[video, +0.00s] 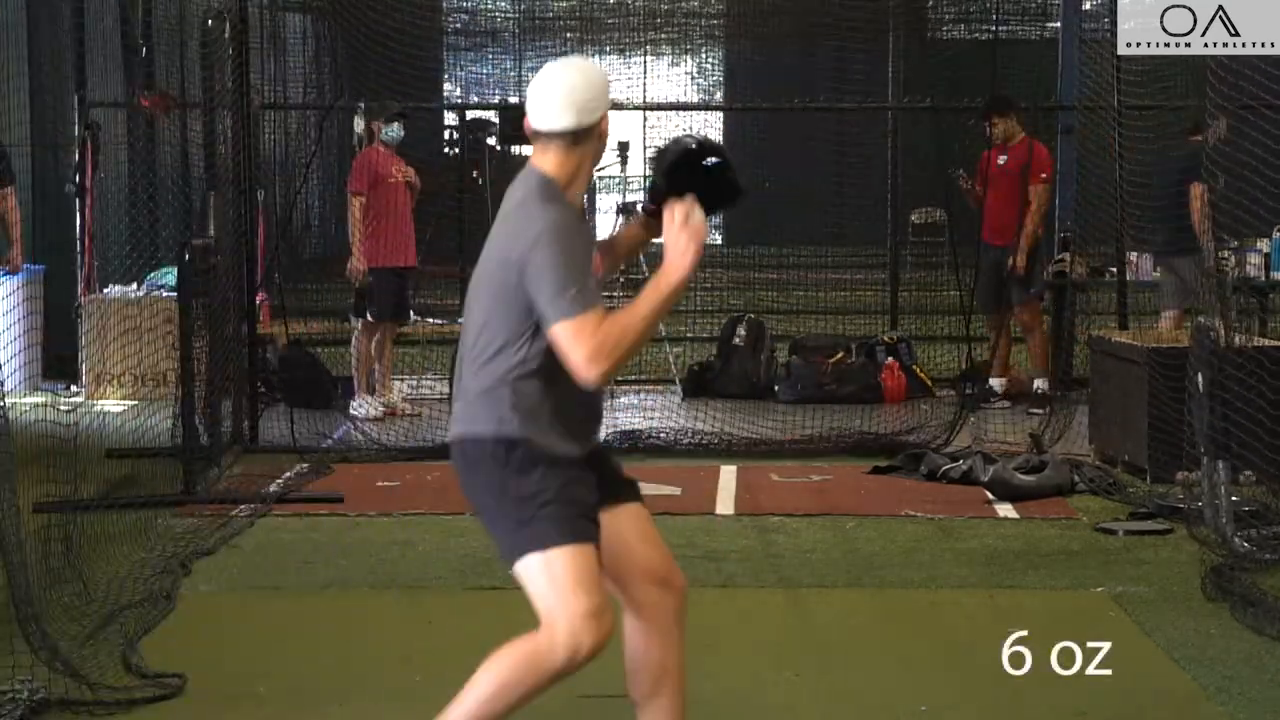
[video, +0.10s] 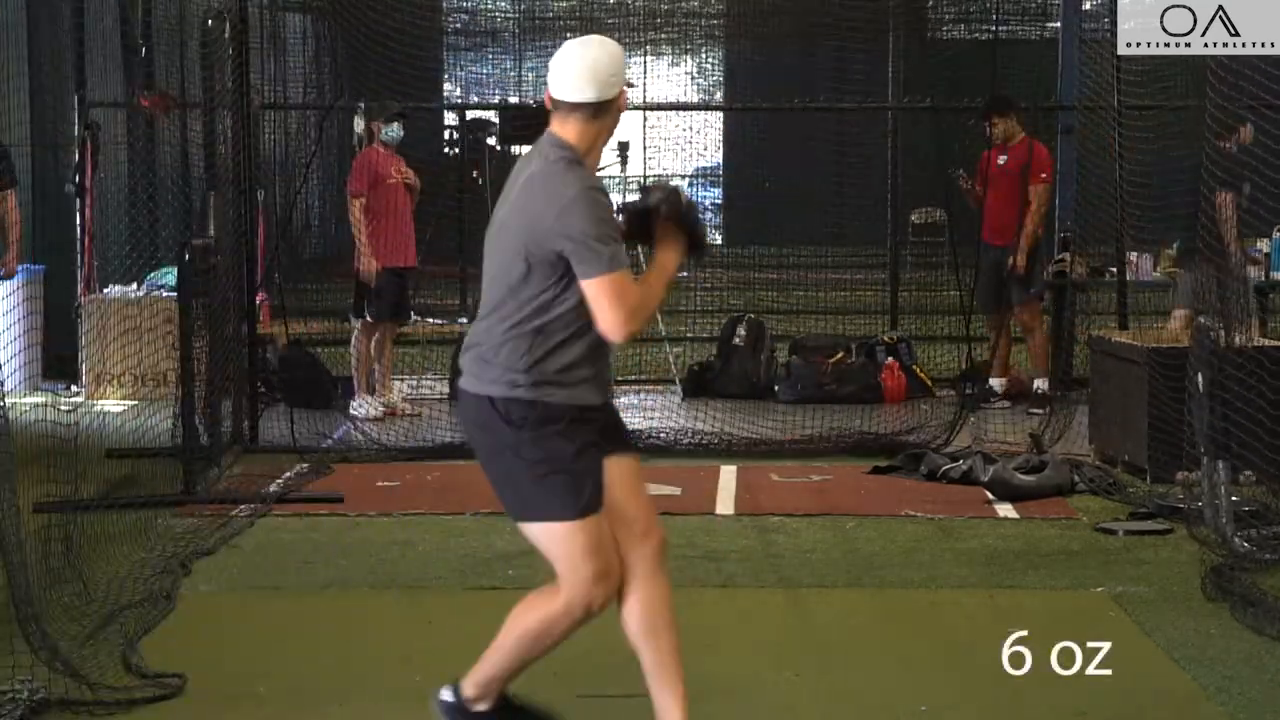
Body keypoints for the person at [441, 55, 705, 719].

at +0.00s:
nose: (608, 132)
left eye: (604, 122)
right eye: (607, 122)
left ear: (532, 127)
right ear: (600, 131)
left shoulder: (547, 200)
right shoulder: (544, 217)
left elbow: (593, 270)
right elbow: (590, 357)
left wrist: (649, 219)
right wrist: (678, 267)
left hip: (562, 438)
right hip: (508, 443)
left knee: (657, 587)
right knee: (577, 627)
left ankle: (660, 715)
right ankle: (452, 716)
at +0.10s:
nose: (625, 105)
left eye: (622, 95)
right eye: (625, 95)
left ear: (549, 98)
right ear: (618, 103)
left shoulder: (543, 172)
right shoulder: (570, 190)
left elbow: (550, 277)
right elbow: (621, 320)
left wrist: (623, 230)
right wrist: (671, 252)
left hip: (574, 396)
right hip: (521, 403)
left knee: (642, 544)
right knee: (592, 581)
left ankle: (672, 712)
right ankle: (471, 697)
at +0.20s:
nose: (640, 136)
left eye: (639, 128)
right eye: (640, 127)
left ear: (570, 127)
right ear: (634, 134)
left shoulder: (583, 189)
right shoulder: (571, 216)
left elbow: (629, 216)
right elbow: (552, 351)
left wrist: (682, 240)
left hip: (557, 390)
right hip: (506, 406)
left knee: (659, 502)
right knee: (597, 559)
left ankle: (635, 650)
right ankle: (526, 708)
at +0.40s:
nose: (666, 184)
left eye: (663, 176)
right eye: (662, 177)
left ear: (613, 180)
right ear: (648, 183)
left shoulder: (630, 224)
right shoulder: (563, 245)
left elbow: (674, 175)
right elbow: (465, 288)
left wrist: (751, 171)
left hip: (575, 405)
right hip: (538, 415)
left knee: (613, 497)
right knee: (615, 562)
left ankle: (602, 568)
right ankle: (528, 694)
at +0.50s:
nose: (644, 175)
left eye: (639, 166)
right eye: (640, 168)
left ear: (592, 178)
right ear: (631, 176)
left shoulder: (621, 231)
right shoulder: (573, 229)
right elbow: (494, 255)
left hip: (561, 410)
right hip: (589, 418)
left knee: (595, 512)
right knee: (604, 563)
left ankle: (565, 611)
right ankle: (584, 660)